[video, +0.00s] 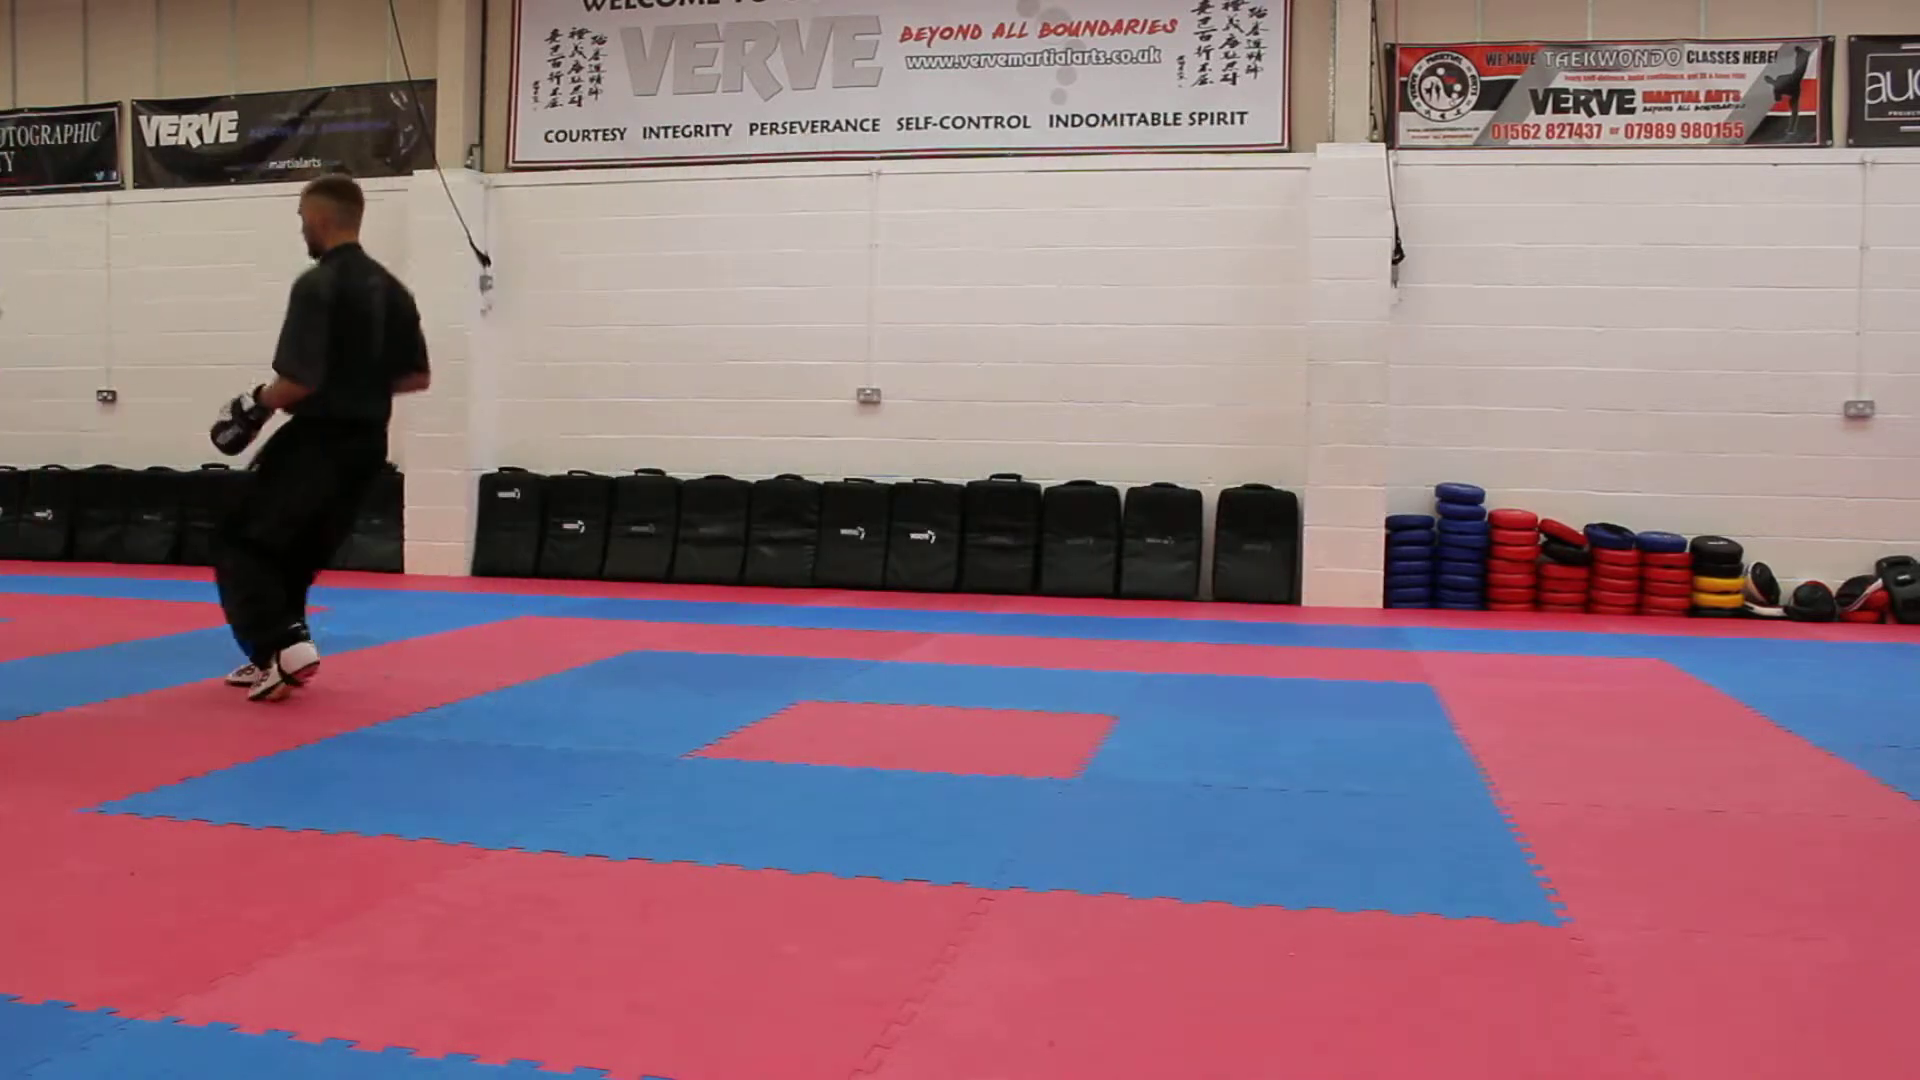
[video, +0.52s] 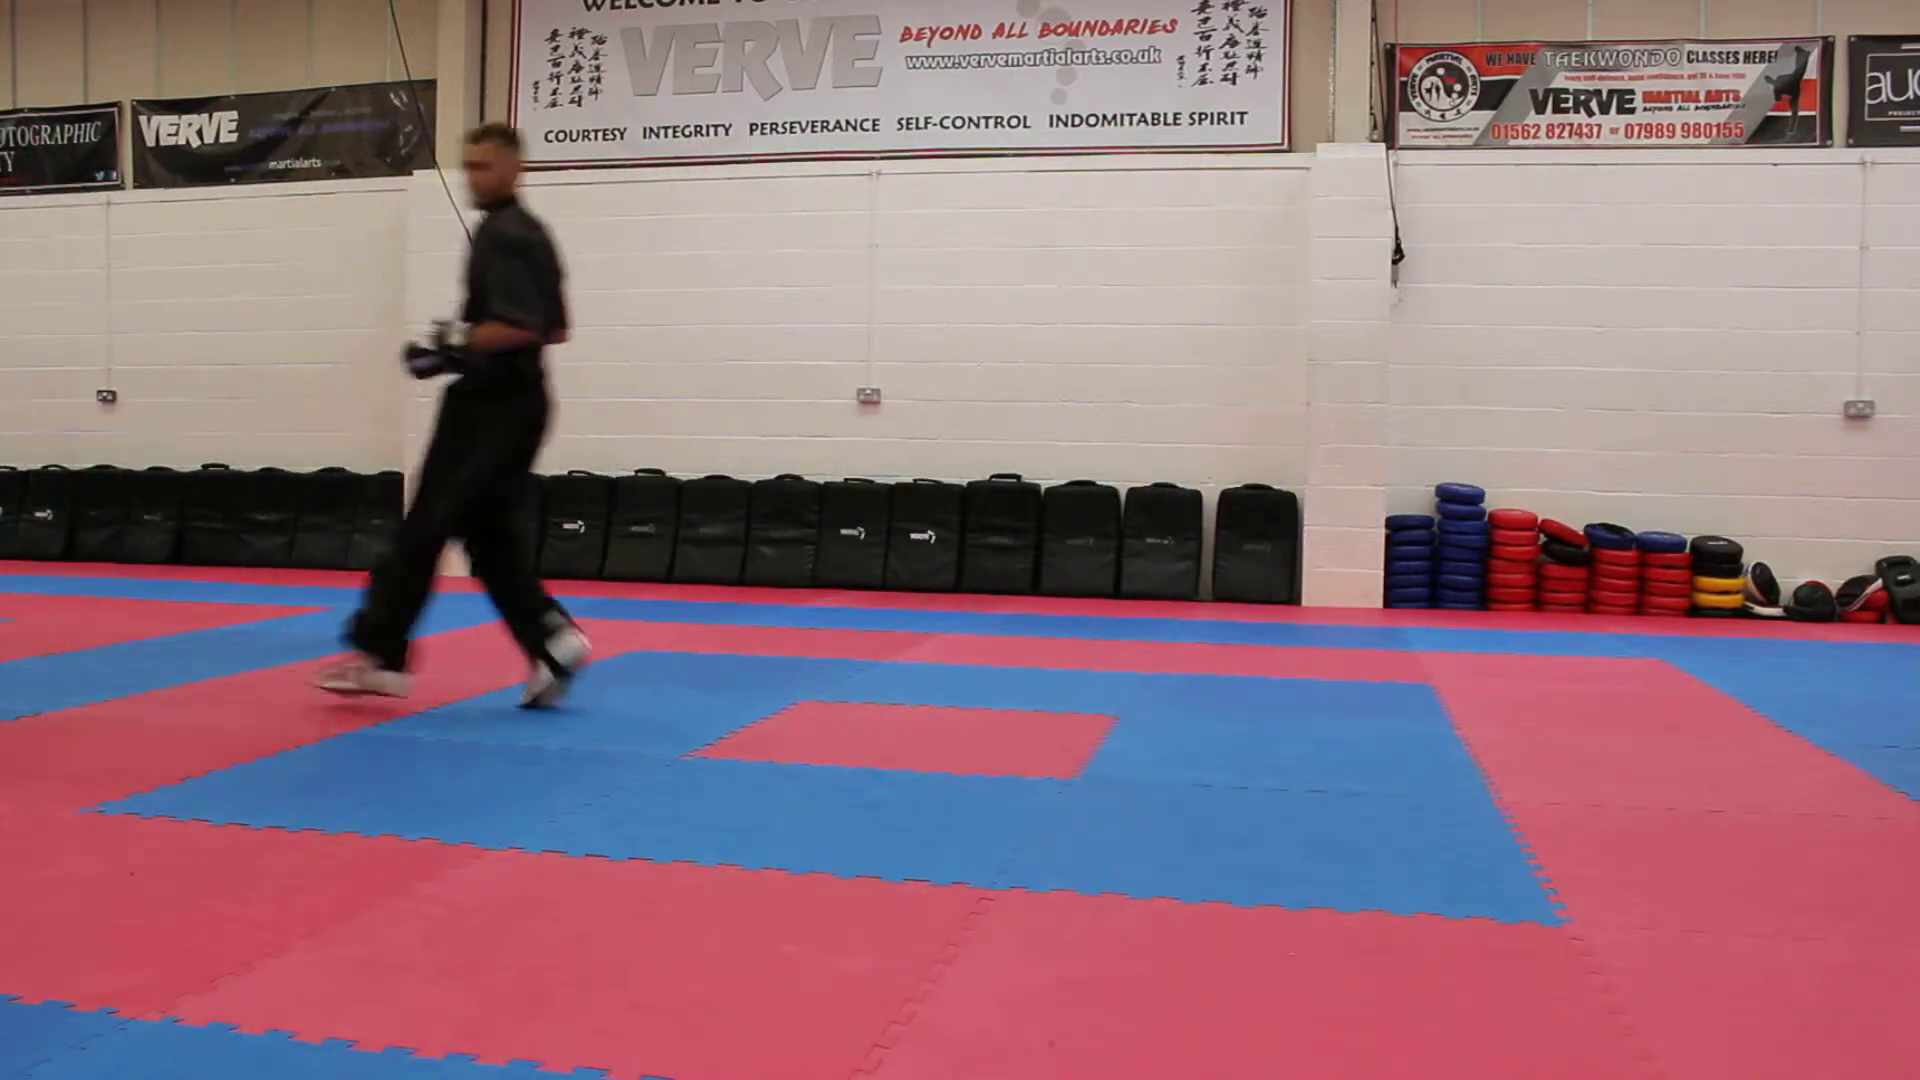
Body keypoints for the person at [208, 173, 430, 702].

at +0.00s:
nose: (302, 228)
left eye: (305, 219)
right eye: (303, 219)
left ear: (320, 220)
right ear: (353, 221)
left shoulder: (317, 285)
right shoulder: (391, 288)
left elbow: (297, 384)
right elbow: (416, 376)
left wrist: (261, 400)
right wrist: (352, 382)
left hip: (311, 444)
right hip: (364, 449)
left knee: (240, 540)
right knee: (296, 550)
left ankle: (286, 641)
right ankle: (271, 657)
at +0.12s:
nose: (313, 214)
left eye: (318, 204)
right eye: (314, 204)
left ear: (339, 208)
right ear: (365, 210)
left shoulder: (333, 274)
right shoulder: (401, 276)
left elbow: (320, 362)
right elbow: (436, 357)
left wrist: (276, 376)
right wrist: (367, 361)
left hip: (329, 436)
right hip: (376, 441)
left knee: (253, 534)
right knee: (306, 543)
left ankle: (313, 635)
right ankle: (275, 654)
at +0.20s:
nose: (328, 200)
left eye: (333, 191)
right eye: (329, 191)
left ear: (356, 191)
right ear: (380, 192)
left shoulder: (348, 256)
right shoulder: (424, 258)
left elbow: (341, 352)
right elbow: (460, 339)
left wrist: (299, 366)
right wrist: (395, 347)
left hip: (349, 419)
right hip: (400, 422)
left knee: (290, 522)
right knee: (347, 531)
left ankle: (333, 639)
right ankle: (291, 646)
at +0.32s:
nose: (360, 200)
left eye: (367, 189)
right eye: (361, 189)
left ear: (395, 193)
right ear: (413, 196)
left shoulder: (380, 265)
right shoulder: (457, 265)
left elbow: (375, 364)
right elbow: (480, 354)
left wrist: (334, 386)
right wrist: (418, 368)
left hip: (387, 424)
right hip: (437, 427)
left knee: (331, 530)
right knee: (376, 532)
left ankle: (348, 669)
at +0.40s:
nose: (396, 197)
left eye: (405, 187)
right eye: (397, 186)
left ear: (435, 189)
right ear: (440, 193)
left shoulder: (419, 256)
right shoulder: (480, 260)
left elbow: (427, 345)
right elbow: (506, 346)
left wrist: (377, 367)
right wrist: (438, 356)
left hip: (419, 424)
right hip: (466, 427)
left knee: (356, 534)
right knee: (411, 537)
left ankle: (350, 672)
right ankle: (466, 629)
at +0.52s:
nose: (471, 176)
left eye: (482, 166)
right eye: (468, 166)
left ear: (513, 168)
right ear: (477, 169)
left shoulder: (504, 235)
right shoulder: (523, 232)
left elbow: (523, 326)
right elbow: (554, 326)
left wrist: (455, 348)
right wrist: (470, 338)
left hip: (490, 403)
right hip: (516, 401)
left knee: (428, 522)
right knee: (488, 530)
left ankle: (381, 656)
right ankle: (551, 641)